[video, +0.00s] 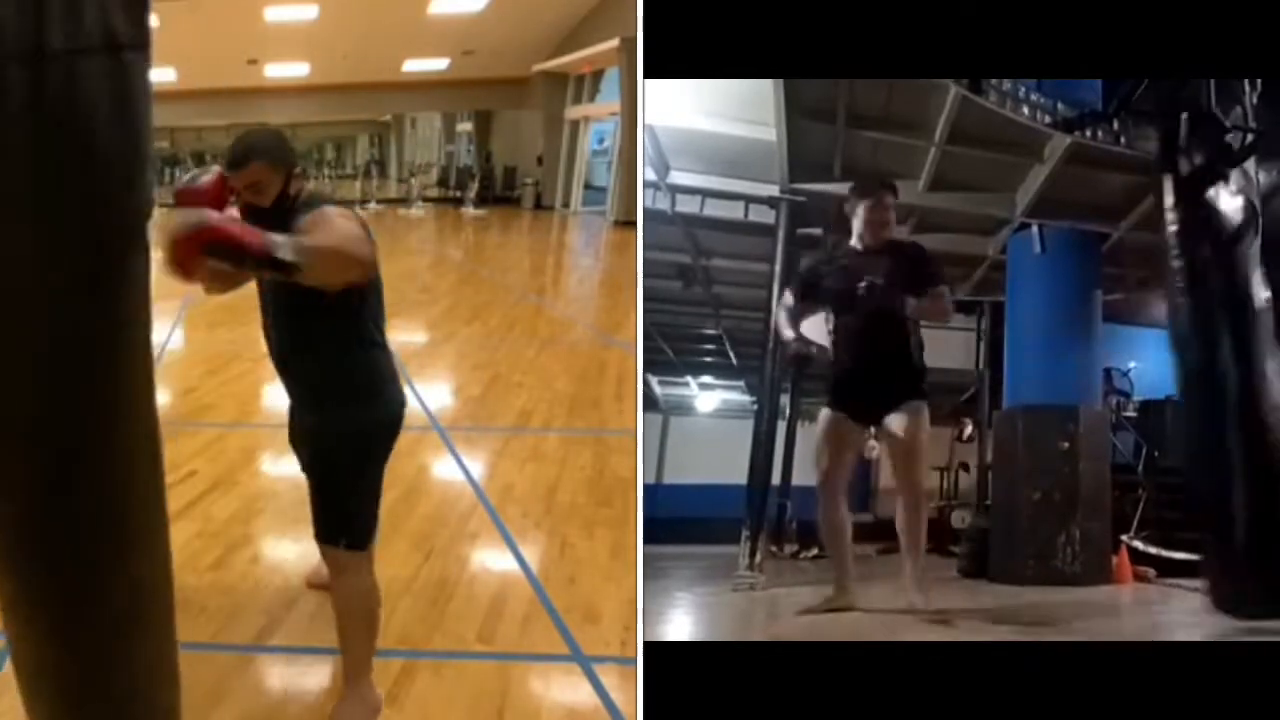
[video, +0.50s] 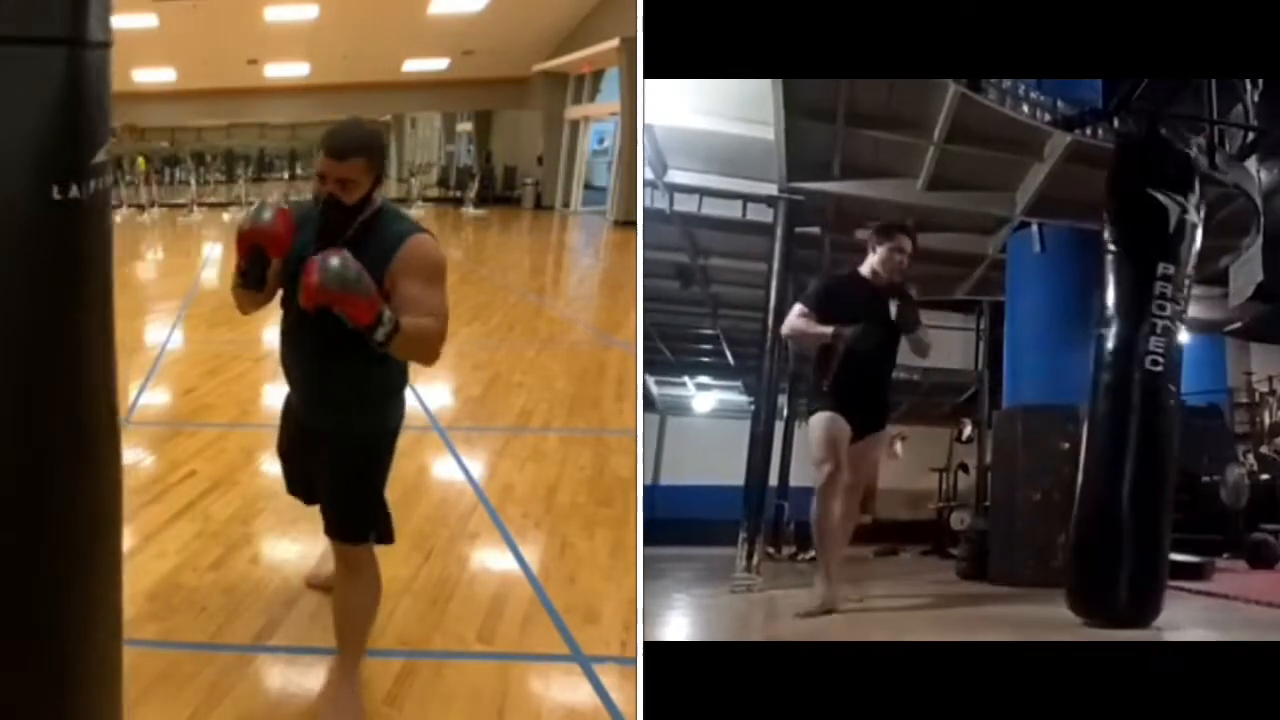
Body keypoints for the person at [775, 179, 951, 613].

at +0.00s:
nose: (883, 215)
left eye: (887, 207)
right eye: (874, 207)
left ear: (895, 213)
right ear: (853, 212)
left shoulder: (911, 256)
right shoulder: (830, 263)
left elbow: (943, 309)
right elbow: (786, 308)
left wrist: (906, 304)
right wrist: (792, 337)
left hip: (901, 380)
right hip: (848, 381)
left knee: (910, 480)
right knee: (829, 480)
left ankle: (914, 587)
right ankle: (842, 588)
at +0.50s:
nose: (902, 262)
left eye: (907, 256)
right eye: (896, 252)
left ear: (909, 262)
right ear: (873, 250)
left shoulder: (898, 301)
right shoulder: (836, 286)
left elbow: (923, 351)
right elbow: (791, 325)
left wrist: (911, 323)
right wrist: (836, 332)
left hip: (872, 404)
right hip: (831, 398)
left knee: (854, 496)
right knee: (830, 476)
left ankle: (828, 576)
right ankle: (825, 584)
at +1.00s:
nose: (889, 264)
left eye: (894, 260)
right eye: (884, 256)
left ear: (896, 268)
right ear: (863, 257)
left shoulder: (889, 306)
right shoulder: (833, 289)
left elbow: (881, 343)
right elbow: (812, 327)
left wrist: (908, 361)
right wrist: (864, 318)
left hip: (867, 406)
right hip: (825, 402)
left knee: (897, 459)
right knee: (799, 483)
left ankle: (865, 546)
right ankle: (788, 576)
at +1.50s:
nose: (929, 268)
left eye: (936, 263)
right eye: (925, 258)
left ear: (938, 269)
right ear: (905, 255)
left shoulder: (935, 298)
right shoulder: (874, 284)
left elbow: (954, 348)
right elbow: (820, 322)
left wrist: (937, 325)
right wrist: (868, 322)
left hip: (906, 402)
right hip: (861, 394)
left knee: (918, 491)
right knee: (823, 464)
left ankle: (927, 581)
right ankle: (794, 564)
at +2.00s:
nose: (895, 257)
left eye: (901, 253)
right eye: (888, 249)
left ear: (905, 259)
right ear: (868, 248)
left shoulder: (904, 293)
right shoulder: (837, 282)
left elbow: (933, 344)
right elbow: (799, 321)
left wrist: (933, 317)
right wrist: (846, 299)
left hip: (889, 401)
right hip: (841, 398)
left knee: (911, 490)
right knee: (810, 486)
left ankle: (917, 582)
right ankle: (799, 585)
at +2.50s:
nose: (834, 236)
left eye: (842, 228)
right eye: (830, 228)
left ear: (864, 229)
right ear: (828, 231)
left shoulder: (881, 269)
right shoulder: (850, 277)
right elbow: (860, 338)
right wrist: (819, 338)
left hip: (892, 380)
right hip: (859, 381)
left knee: (860, 469)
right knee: (822, 474)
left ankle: (899, 579)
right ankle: (806, 574)